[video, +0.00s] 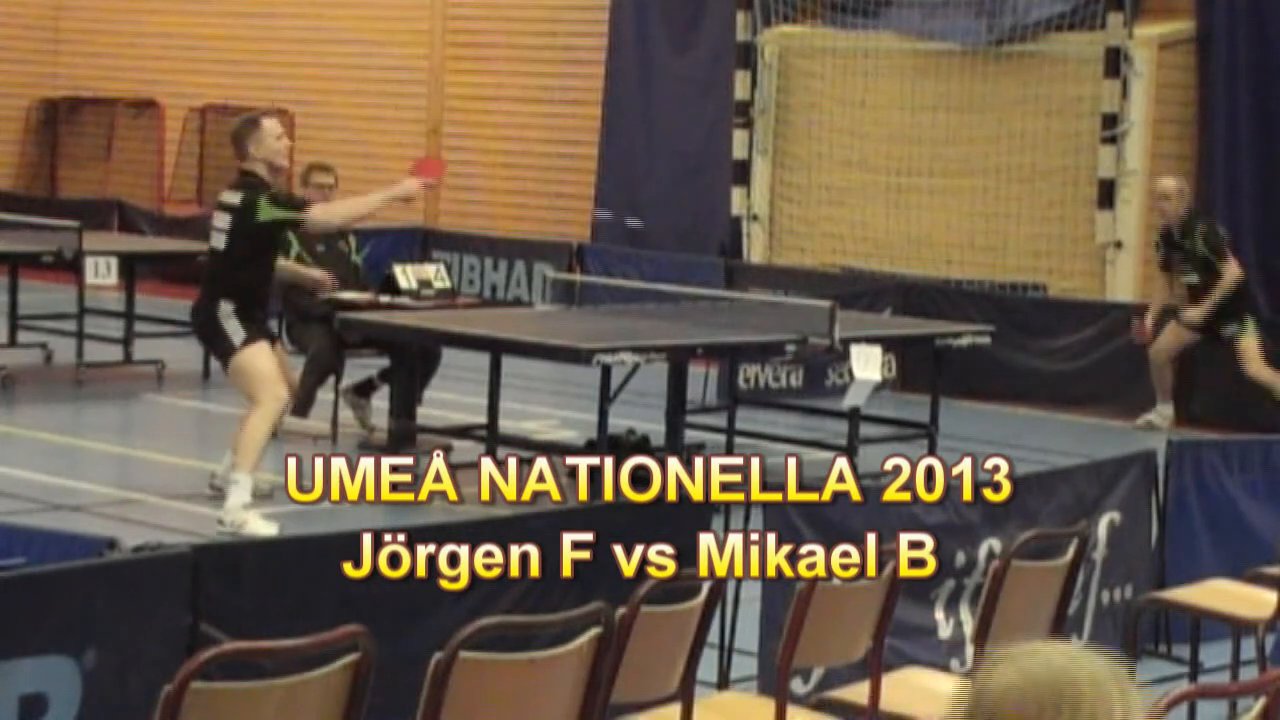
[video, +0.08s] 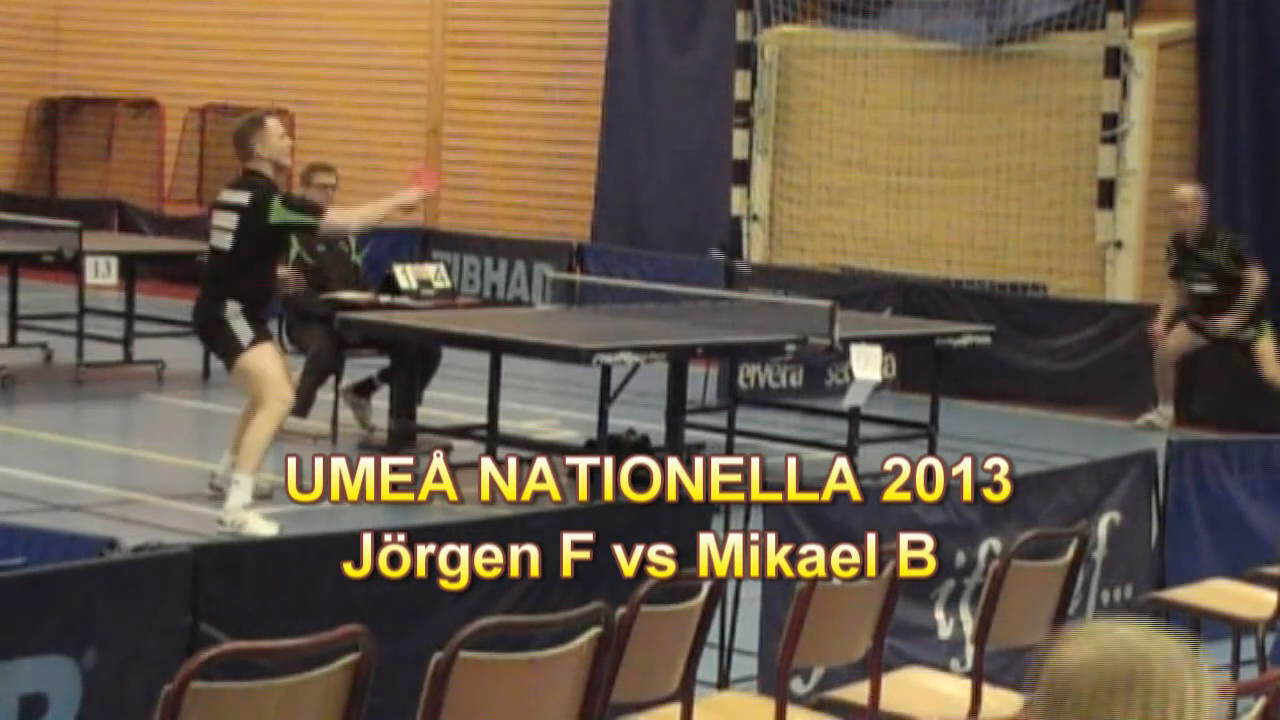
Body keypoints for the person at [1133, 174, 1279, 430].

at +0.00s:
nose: (1162, 205)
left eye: (1168, 199)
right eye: (1159, 199)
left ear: (1184, 200)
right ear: (1155, 202)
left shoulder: (1205, 230)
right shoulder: (1166, 237)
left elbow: (1233, 272)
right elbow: (1166, 286)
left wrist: (1202, 309)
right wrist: (1150, 317)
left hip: (1234, 310)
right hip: (1199, 310)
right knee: (1158, 352)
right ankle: (1164, 411)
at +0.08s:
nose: (1184, 214)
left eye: (1189, 207)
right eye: (1179, 208)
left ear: (1202, 209)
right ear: (1173, 211)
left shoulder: (1224, 241)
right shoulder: (1176, 244)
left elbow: (1258, 277)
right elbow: (1176, 290)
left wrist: (1235, 317)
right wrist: (1161, 321)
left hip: (1243, 319)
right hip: (1201, 319)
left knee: (1271, 371)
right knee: (1165, 350)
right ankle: (1164, 411)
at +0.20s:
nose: (1213, 217)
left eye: (1220, 210)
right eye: (1210, 210)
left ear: (1239, 212)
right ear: (1206, 212)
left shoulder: (1265, 244)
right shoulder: (1207, 248)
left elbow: (1276, 286)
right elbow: (1195, 291)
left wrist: (1275, 319)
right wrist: (1196, 325)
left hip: (1265, 321)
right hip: (1224, 321)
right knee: (1184, 358)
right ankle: (1171, 410)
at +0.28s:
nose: (1235, 218)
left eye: (1242, 211)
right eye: (1232, 212)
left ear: (1261, 213)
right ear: (1229, 214)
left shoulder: (1275, 244)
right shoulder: (1229, 248)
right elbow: (1212, 293)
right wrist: (1222, 332)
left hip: (1272, 319)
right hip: (1237, 318)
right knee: (1193, 359)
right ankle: (1182, 410)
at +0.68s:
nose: (1242, 229)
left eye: (1249, 223)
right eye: (1239, 222)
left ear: (1268, 224)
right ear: (1235, 224)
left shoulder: (1275, 258)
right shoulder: (1230, 256)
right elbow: (1195, 288)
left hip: (1270, 328)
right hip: (1233, 325)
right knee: (1188, 342)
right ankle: (1181, 423)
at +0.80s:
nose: (1235, 225)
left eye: (1242, 218)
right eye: (1233, 218)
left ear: (1260, 222)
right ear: (1228, 221)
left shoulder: (1273, 254)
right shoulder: (1220, 250)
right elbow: (1194, 259)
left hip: (1270, 322)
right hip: (1232, 318)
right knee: (1189, 350)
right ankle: (1181, 423)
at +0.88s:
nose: (1241, 219)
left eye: (1249, 212)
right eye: (1239, 212)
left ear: (1268, 216)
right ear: (1235, 214)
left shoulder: (1276, 252)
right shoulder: (1227, 247)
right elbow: (1186, 260)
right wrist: (1147, 262)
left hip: (1272, 322)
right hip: (1235, 318)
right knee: (1193, 354)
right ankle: (1181, 424)